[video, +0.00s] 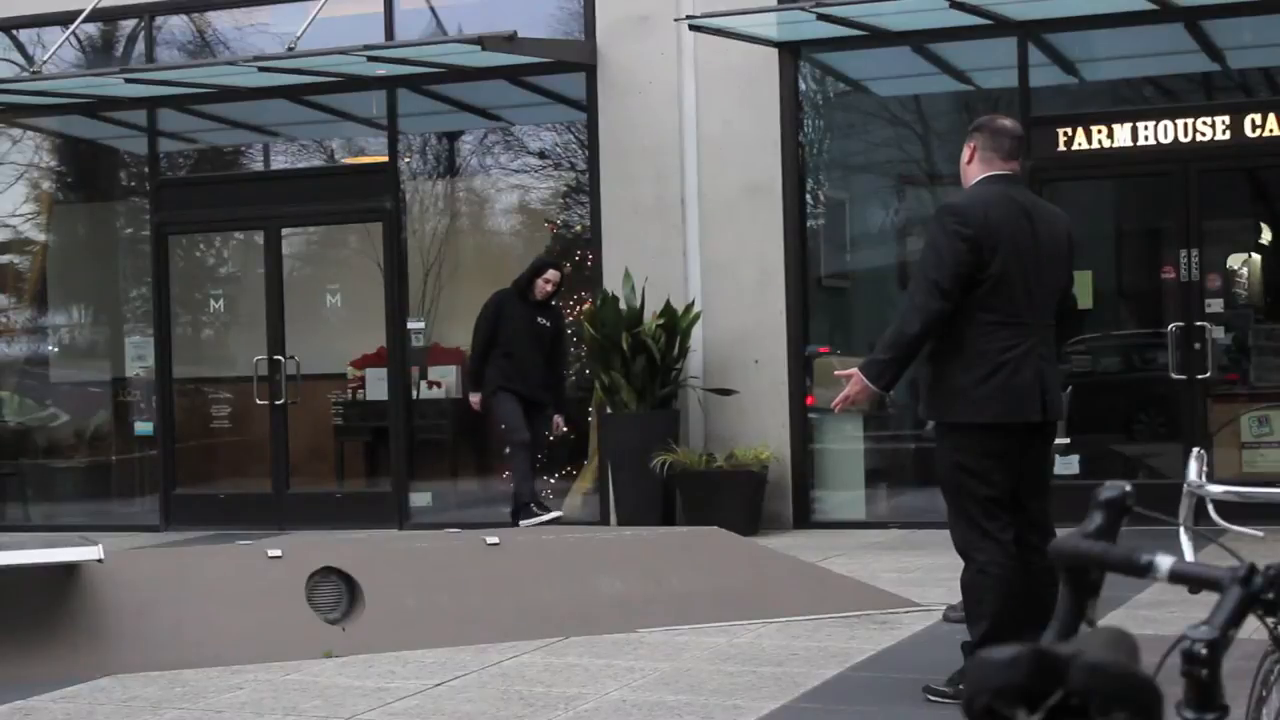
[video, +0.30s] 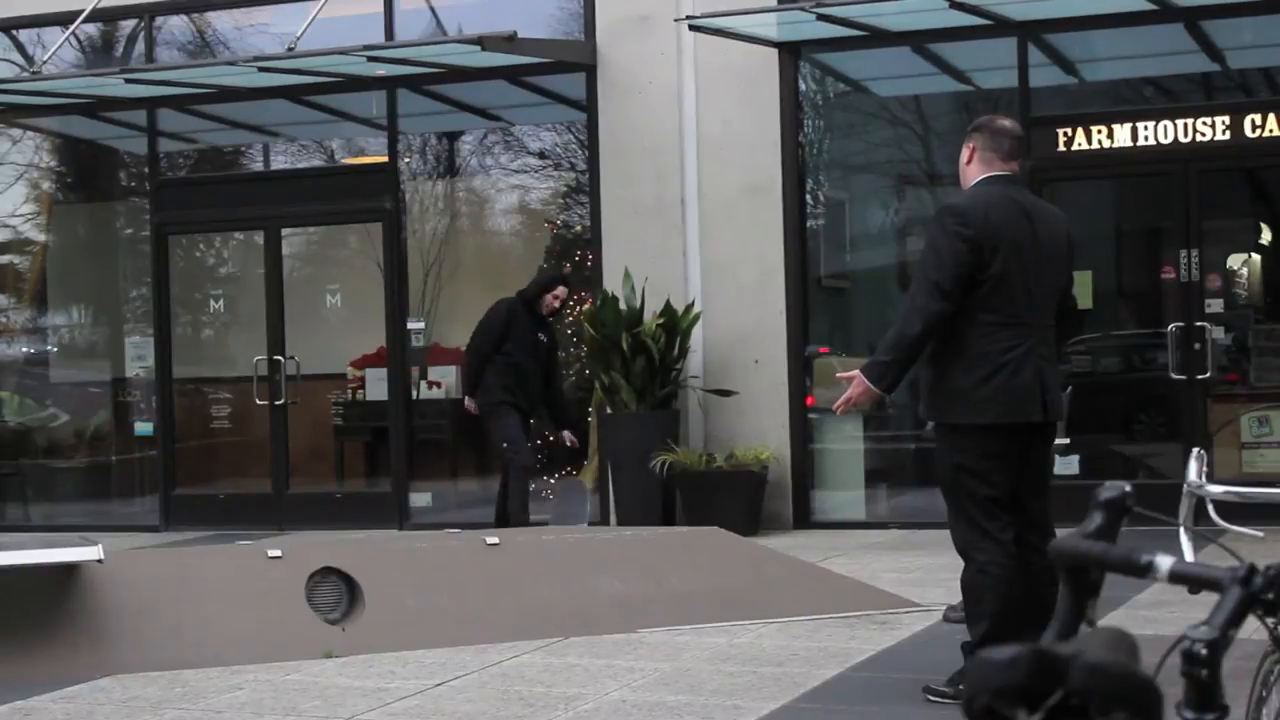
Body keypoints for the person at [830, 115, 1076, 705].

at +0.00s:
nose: (960, 165)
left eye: (962, 156)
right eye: (964, 157)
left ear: (972, 155)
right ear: (1020, 161)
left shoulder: (963, 214)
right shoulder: (1052, 220)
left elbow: (927, 304)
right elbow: (1067, 314)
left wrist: (876, 374)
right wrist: (1027, 352)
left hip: (972, 405)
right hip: (1034, 404)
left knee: (983, 538)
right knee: (1029, 531)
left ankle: (988, 673)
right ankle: (1033, 665)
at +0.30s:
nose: (958, 166)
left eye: (960, 157)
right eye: (962, 158)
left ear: (971, 155)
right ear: (1021, 163)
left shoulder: (963, 215)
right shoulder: (1051, 220)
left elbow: (928, 307)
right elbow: (1067, 314)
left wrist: (878, 375)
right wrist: (1027, 352)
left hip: (972, 406)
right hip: (1034, 406)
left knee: (982, 538)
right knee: (1029, 532)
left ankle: (987, 674)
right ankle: (1032, 666)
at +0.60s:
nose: (957, 167)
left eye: (959, 158)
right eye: (960, 159)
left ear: (969, 156)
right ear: (1019, 163)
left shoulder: (963, 215)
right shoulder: (1050, 221)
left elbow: (927, 307)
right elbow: (1066, 316)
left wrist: (878, 376)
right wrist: (1025, 354)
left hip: (972, 407)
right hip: (1033, 406)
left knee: (982, 539)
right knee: (1028, 532)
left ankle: (987, 674)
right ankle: (1032, 666)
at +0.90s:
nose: (957, 166)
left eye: (959, 157)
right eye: (961, 158)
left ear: (970, 155)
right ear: (1020, 163)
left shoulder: (963, 215)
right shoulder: (1049, 220)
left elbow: (928, 307)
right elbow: (1065, 316)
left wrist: (877, 375)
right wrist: (1022, 349)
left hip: (972, 407)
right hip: (1033, 407)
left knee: (982, 540)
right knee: (1029, 533)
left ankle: (987, 674)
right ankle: (1032, 667)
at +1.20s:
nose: (957, 166)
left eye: (959, 157)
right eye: (961, 158)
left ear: (970, 155)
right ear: (1020, 163)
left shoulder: (964, 216)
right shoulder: (1050, 222)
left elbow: (929, 307)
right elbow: (1065, 317)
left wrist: (879, 376)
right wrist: (1021, 347)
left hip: (972, 408)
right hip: (1033, 407)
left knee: (982, 538)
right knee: (1029, 531)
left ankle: (988, 674)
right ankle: (1031, 666)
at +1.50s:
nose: (959, 166)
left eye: (961, 157)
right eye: (962, 157)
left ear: (971, 155)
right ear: (1021, 163)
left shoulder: (964, 216)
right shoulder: (1050, 222)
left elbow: (929, 308)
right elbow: (1067, 317)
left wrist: (880, 377)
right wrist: (1024, 351)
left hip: (972, 408)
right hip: (1033, 407)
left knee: (982, 539)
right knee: (1029, 532)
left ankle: (987, 674)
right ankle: (1032, 667)